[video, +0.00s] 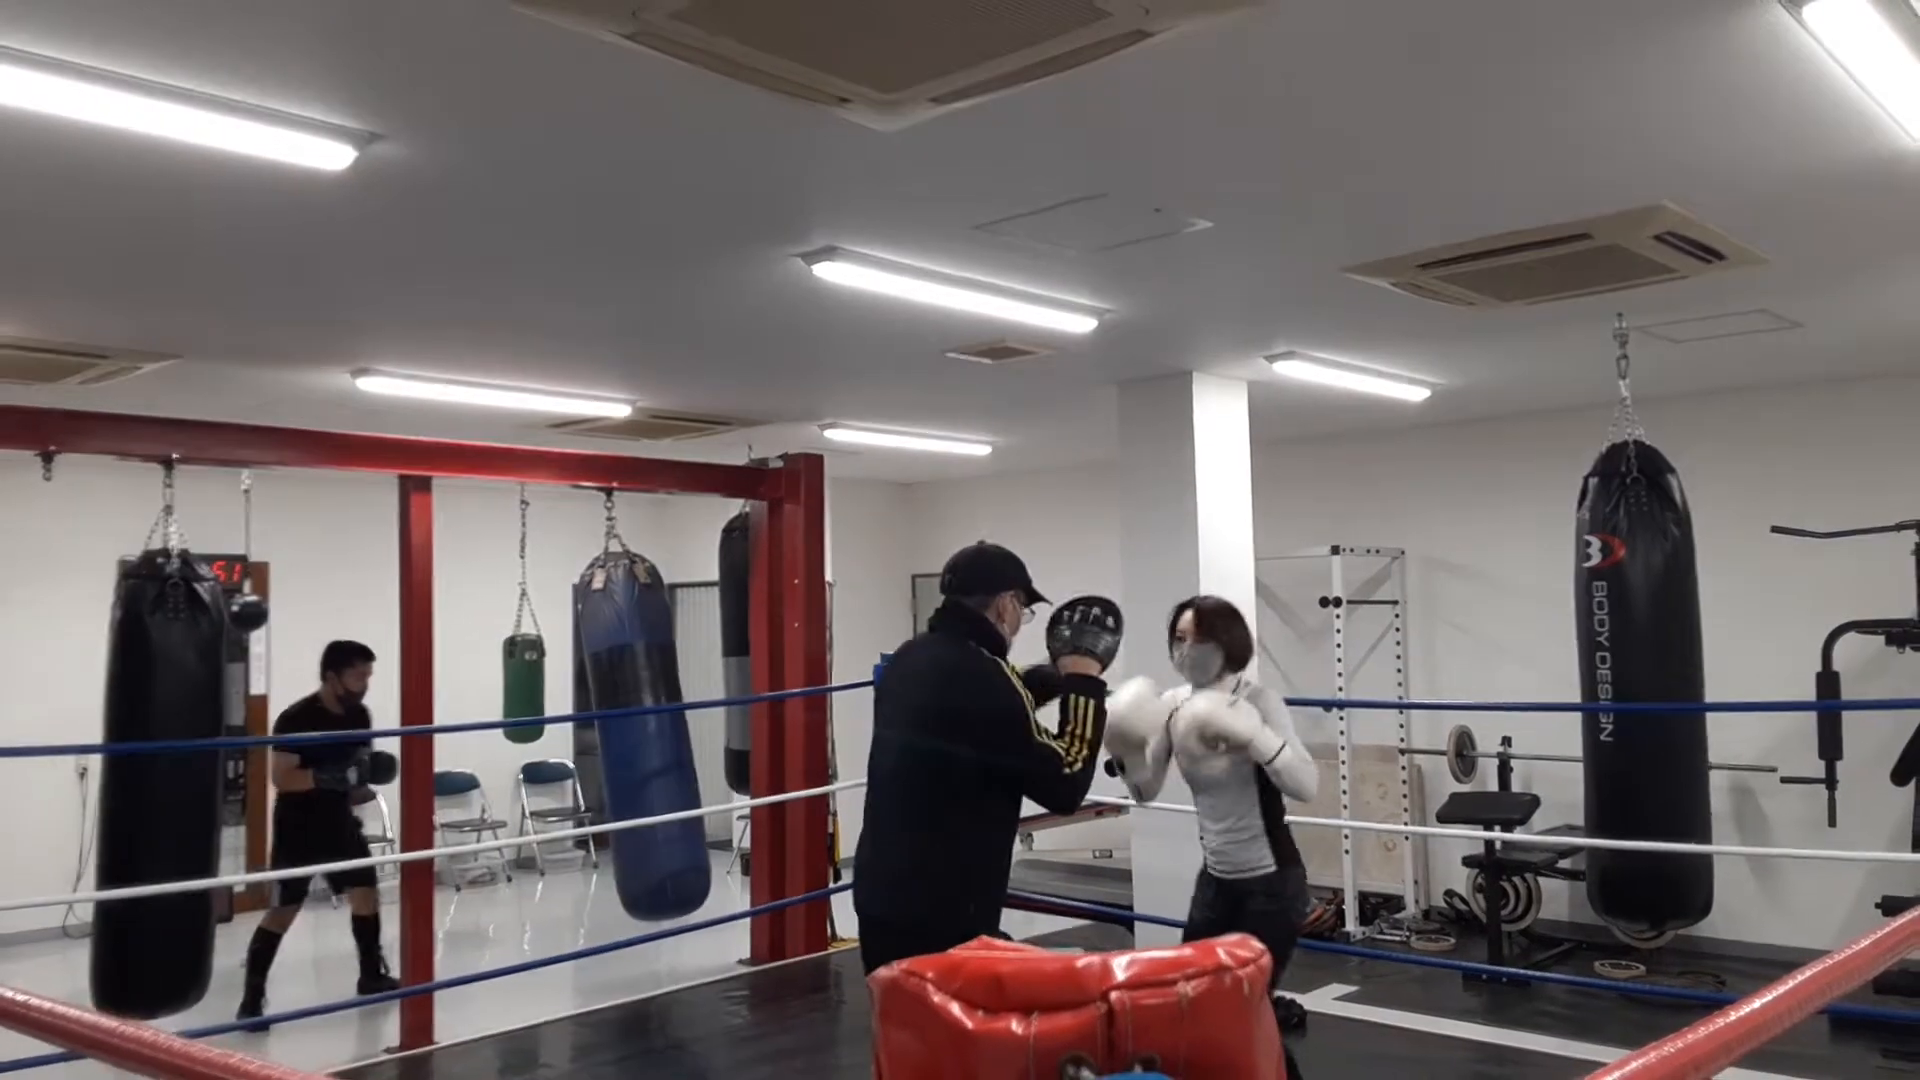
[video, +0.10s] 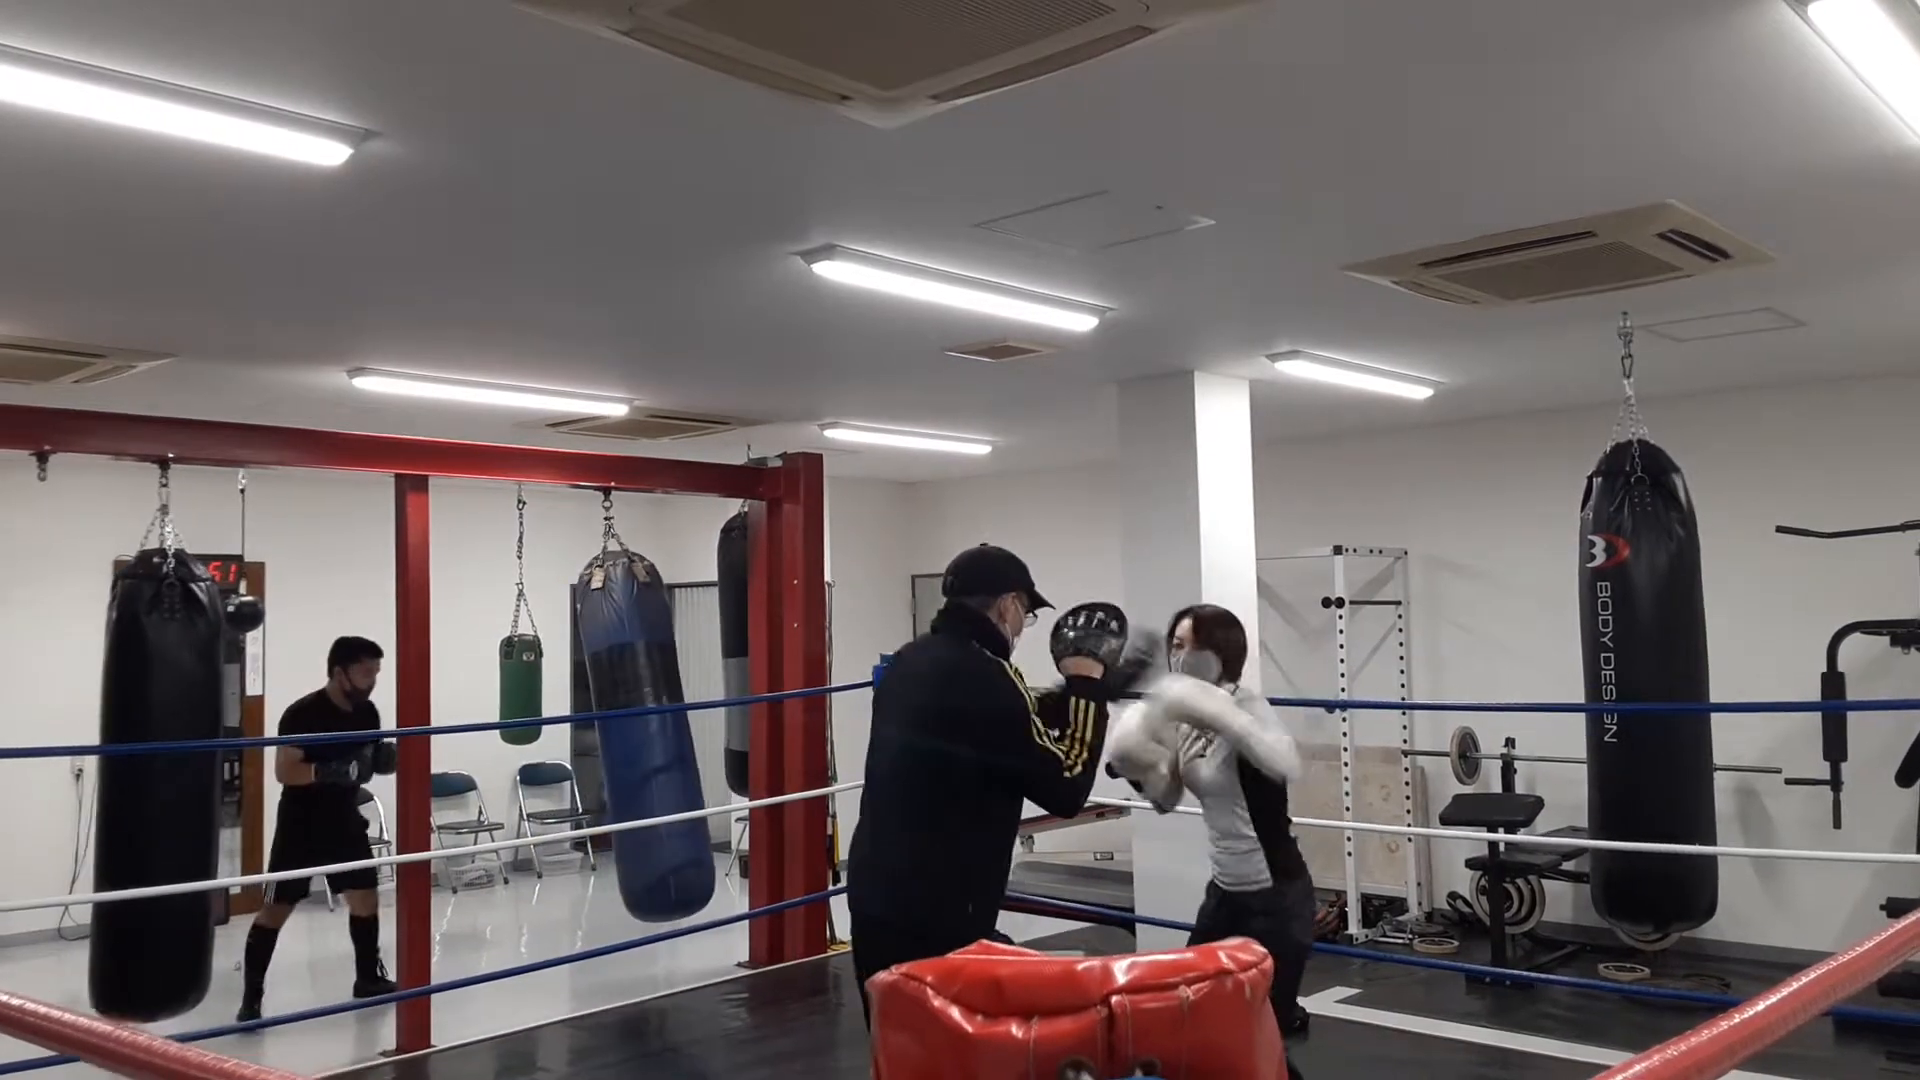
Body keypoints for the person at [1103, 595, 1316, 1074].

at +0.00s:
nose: (1183, 650)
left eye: (1195, 640)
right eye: (1178, 639)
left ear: (1225, 645)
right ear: (1171, 644)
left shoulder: (1258, 700)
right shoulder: (1177, 708)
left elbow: (1307, 787)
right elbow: (1145, 790)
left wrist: (1251, 732)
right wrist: (1123, 744)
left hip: (1271, 883)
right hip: (1215, 879)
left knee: (1246, 1003)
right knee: (1190, 995)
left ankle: (1279, 1071)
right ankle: (1195, 1074)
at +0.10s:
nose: (1176, 657)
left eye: (1187, 647)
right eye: (1174, 646)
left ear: (1221, 657)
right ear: (1170, 651)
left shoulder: (1250, 713)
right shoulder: (1186, 724)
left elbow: (1285, 767)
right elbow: (1166, 800)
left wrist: (1211, 710)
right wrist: (1141, 762)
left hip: (1278, 897)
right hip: (1225, 893)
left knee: (1268, 1016)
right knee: (1192, 995)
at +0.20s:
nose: (1191, 654)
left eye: (1201, 643)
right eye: (1186, 643)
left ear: (1232, 647)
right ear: (1182, 647)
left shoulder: (1266, 707)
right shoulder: (1192, 712)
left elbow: (1278, 780)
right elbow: (1166, 792)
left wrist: (1203, 740)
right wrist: (1151, 748)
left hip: (1278, 895)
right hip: (1220, 890)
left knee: (1266, 1025)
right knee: (1201, 1010)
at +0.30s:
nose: (1198, 645)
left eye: (1209, 635)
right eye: (1194, 635)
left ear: (1245, 639)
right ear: (1188, 640)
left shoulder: (1285, 705)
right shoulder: (1184, 705)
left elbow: (1333, 791)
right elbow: (1120, 764)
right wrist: (1132, 696)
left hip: (1287, 889)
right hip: (1221, 889)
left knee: (1282, 1034)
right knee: (1215, 1023)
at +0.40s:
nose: (1200, 648)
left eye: (1212, 637)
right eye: (1194, 639)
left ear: (1244, 640)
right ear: (1188, 644)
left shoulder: (1288, 703)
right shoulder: (1189, 709)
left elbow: (1343, 785)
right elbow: (1138, 760)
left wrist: (1289, 768)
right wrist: (1143, 712)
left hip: (1293, 888)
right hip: (1229, 888)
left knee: (1280, 1032)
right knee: (1214, 1015)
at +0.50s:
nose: (1192, 660)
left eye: (1202, 647)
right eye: (1189, 649)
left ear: (1238, 654)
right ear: (1187, 652)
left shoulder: (1281, 713)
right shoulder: (1202, 718)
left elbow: (1292, 779)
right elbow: (1170, 802)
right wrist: (1146, 767)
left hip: (1293, 901)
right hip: (1239, 892)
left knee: (1270, 1031)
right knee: (1201, 1002)